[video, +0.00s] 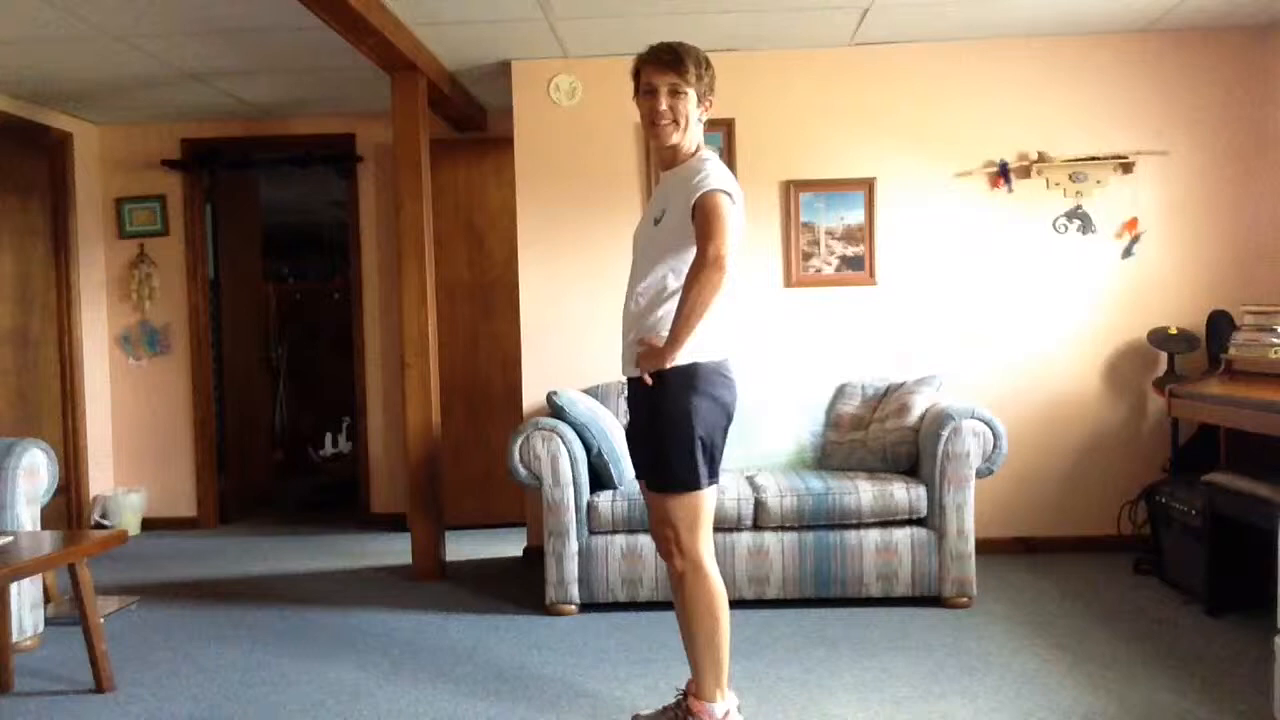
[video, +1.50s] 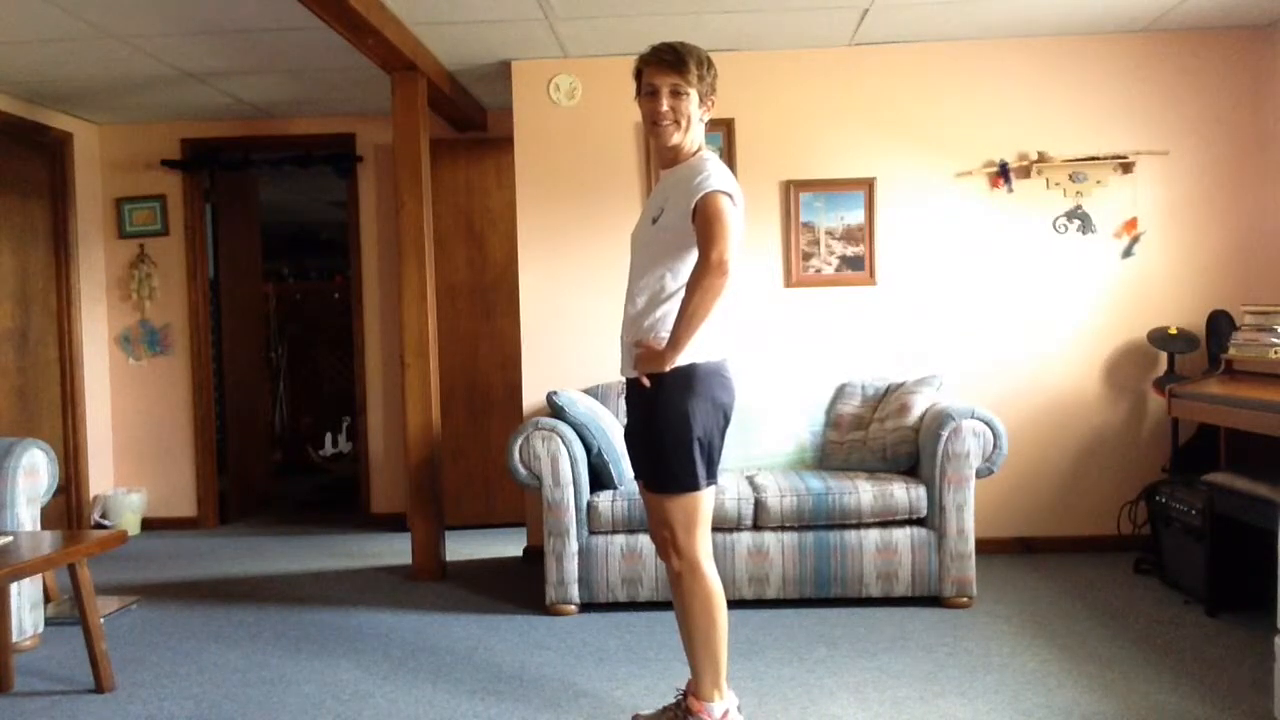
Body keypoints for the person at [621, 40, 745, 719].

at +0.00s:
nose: (659, 106)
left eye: (675, 93)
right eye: (648, 93)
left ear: (702, 103)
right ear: (636, 103)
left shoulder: (705, 173)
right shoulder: (669, 181)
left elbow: (716, 258)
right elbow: (667, 273)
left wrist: (670, 348)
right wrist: (646, 351)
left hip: (682, 379)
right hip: (656, 379)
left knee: (688, 548)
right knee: (673, 545)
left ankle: (714, 700)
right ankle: (706, 693)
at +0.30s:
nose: (661, 107)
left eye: (676, 94)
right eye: (649, 94)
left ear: (703, 103)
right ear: (637, 103)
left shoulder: (706, 176)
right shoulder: (666, 183)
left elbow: (721, 264)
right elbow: (667, 276)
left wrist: (673, 351)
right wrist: (647, 353)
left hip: (682, 380)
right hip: (656, 380)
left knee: (687, 548)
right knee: (672, 546)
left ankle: (714, 699)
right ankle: (706, 692)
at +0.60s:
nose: (661, 105)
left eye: (676, 93)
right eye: (650, 93)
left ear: (702, 103)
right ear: (638, 102)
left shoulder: (705, 176)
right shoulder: (666, 182)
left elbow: (718, 262)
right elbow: (665, 274)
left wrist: (669, 351)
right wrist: (643, 352)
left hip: (679, 380)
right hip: (653, 380)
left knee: (687, 549)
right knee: (672, 547)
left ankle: (713, 700)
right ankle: (706, 693)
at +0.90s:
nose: (661, 106)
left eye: (676, 93)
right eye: (650, 93)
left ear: (702, 103)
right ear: (638, 102)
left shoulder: (705, 175)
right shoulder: (666, 181)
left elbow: (718, 263)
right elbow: (664, 275)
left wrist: (669, 350)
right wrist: (642, 352)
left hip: (679, 380)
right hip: (653, 379)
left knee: (687, 549)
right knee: (672, 548)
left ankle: (713, 700)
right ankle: (706, 693)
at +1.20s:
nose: (661, 106)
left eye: (676, 94)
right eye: (650, 93)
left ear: (702, 103)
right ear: (638, 102)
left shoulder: (705, 174)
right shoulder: (665, 182)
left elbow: (718, 263)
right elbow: (663, 275)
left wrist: (670, 350)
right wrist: (642, 352)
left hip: (681, 379)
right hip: (653, 379)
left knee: (687, 550)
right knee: (672, 548)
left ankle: (713, 699)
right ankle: (706, 693)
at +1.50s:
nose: (661, 105)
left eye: (676, 93)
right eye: (650, 93)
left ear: (703, 103)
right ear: (638, 102)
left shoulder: (705, 173)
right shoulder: (668, 181)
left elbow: (718, 261)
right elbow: (666, 274)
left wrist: (670, 350)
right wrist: (643, 351)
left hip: (680, 379)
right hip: (654, 379)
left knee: (687, 549)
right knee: (672, 547)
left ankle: (713, 699)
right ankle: (705, 693)